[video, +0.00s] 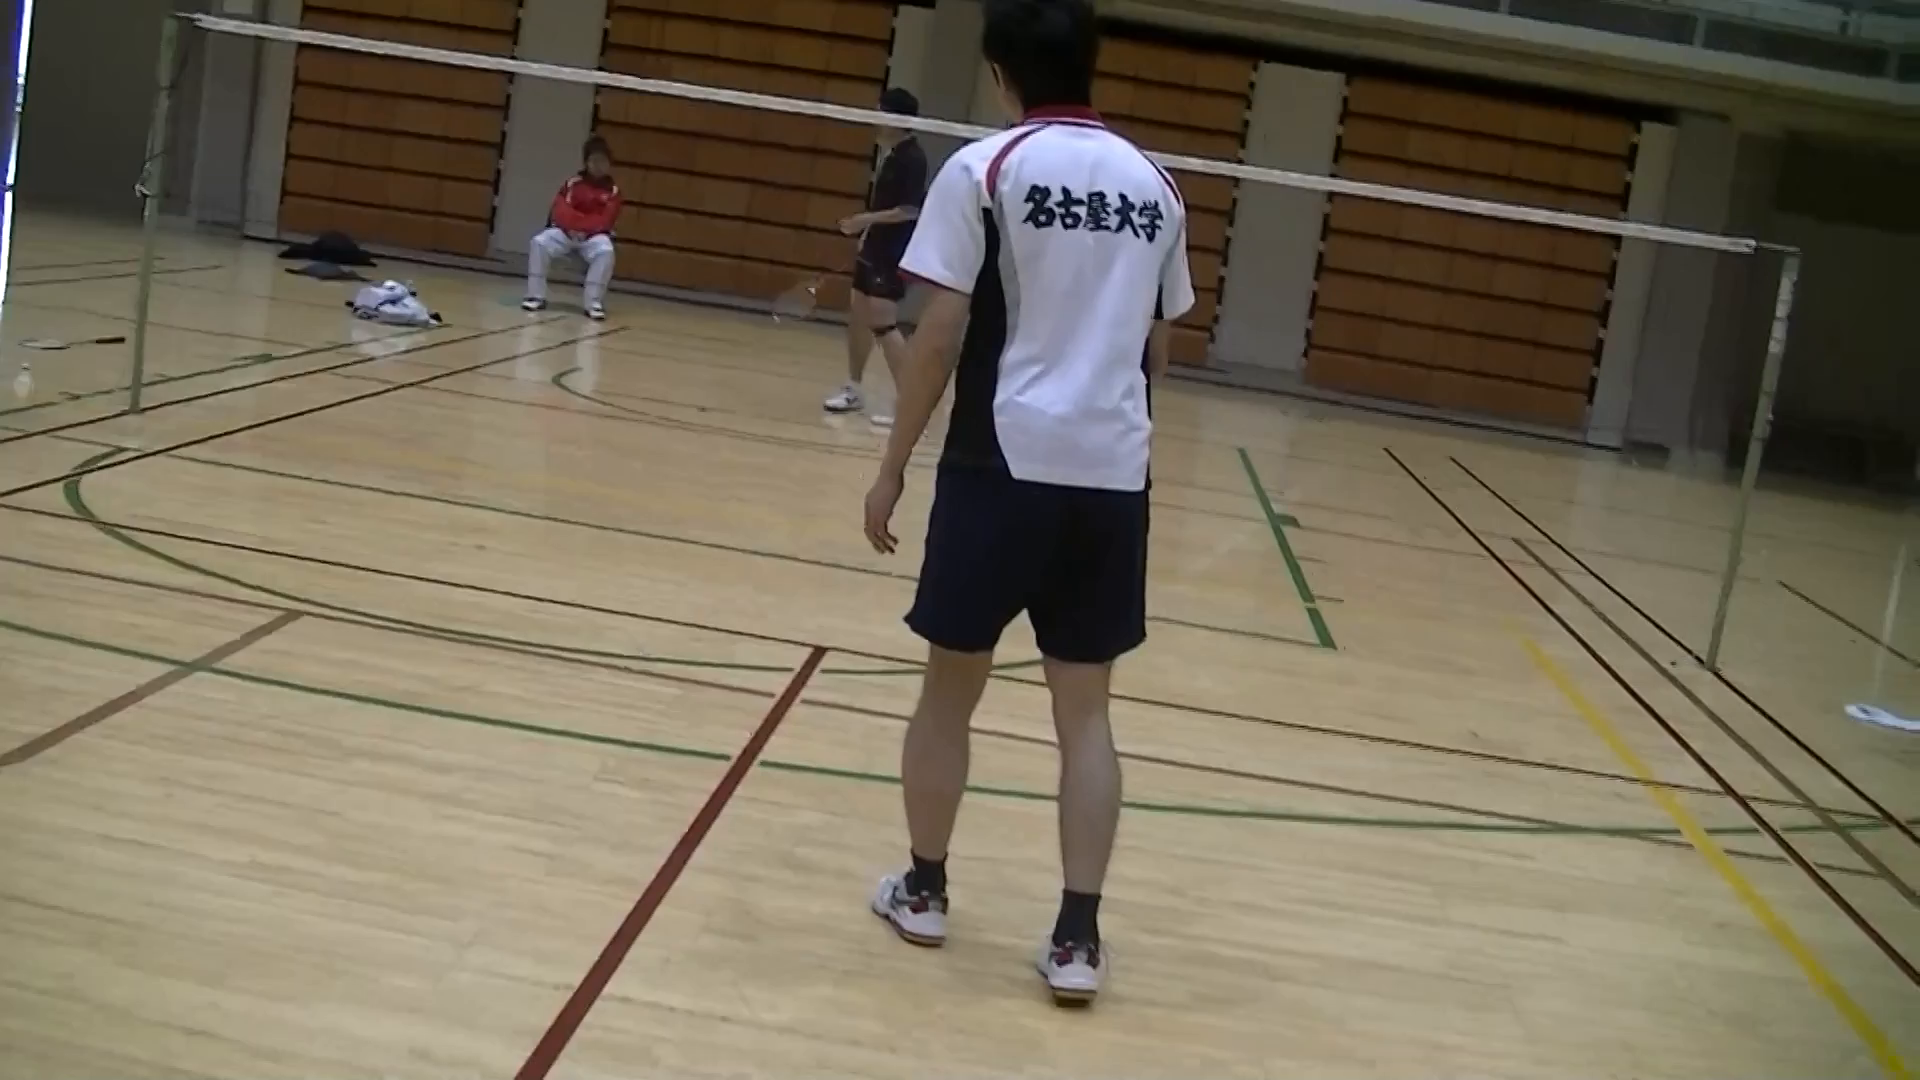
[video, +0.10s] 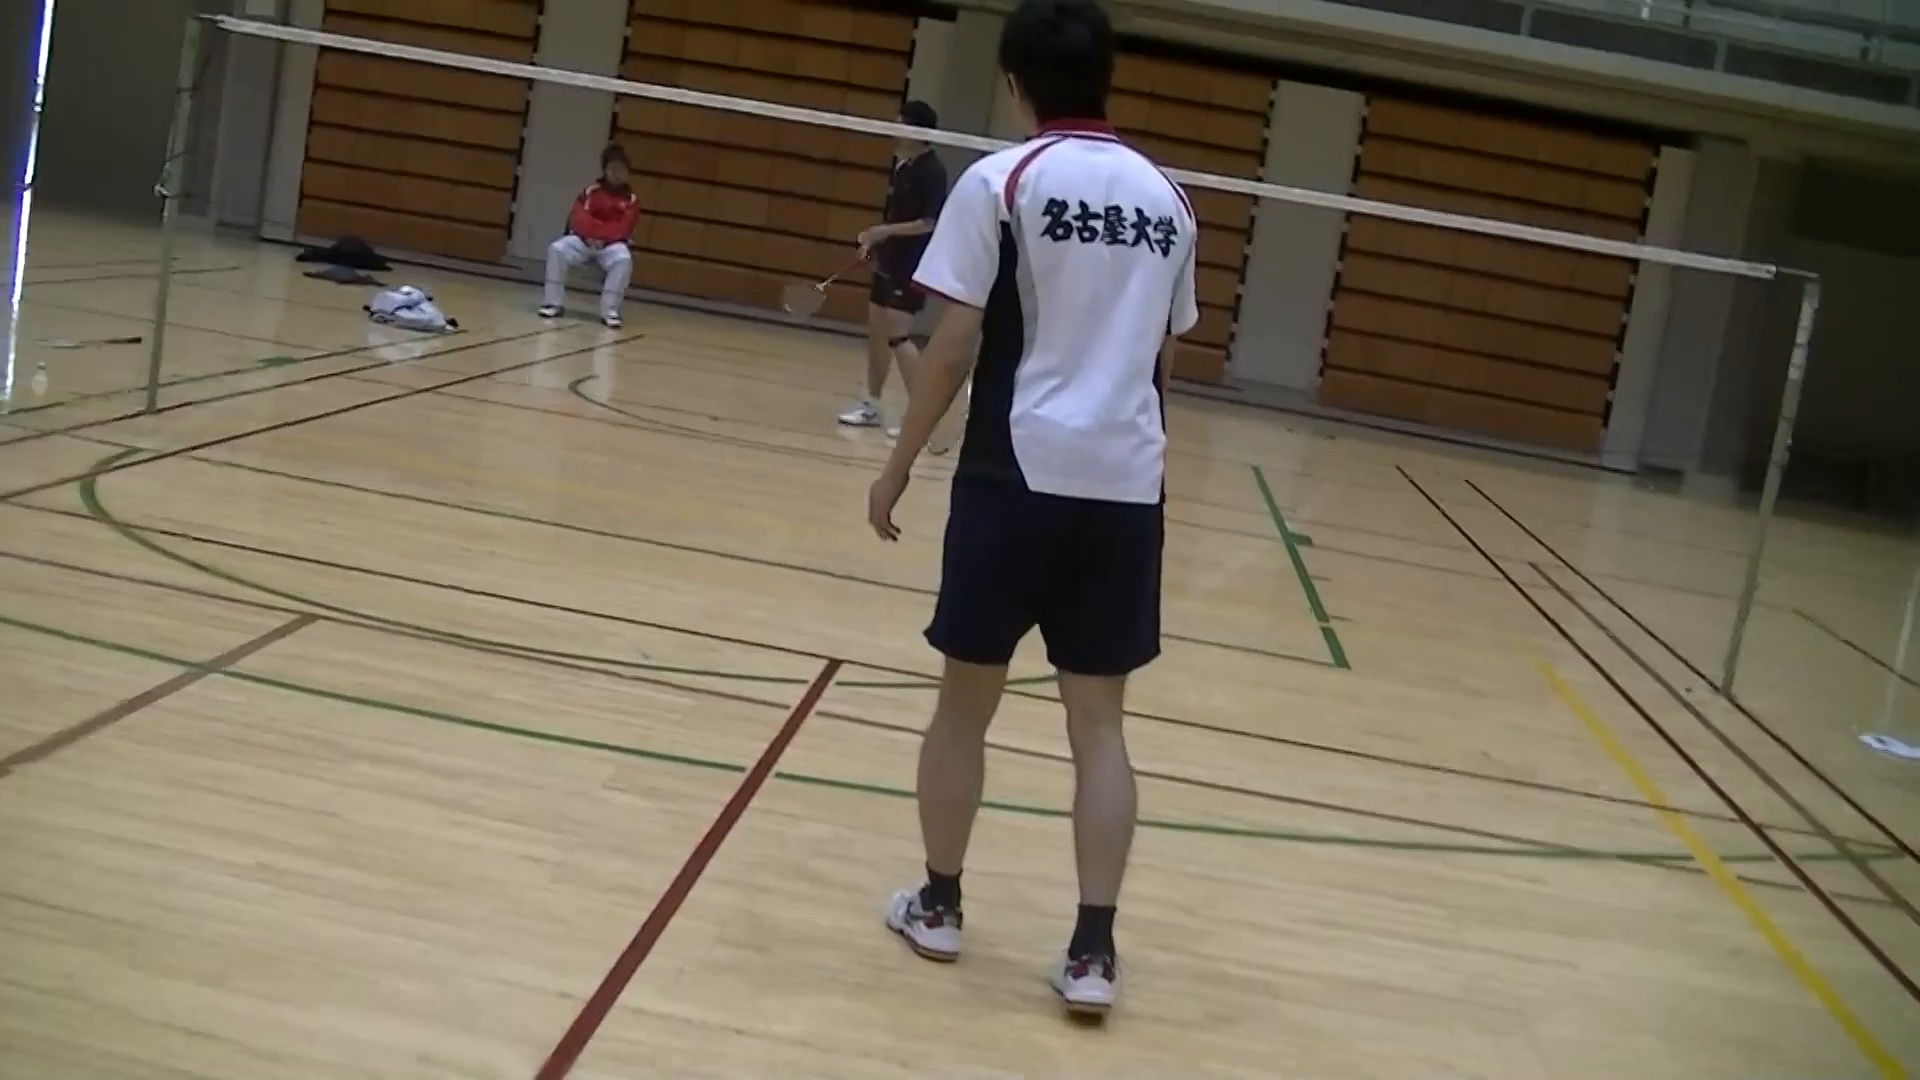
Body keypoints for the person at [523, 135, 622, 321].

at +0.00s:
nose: (598, 166)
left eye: (602, 161)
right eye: (593, 161)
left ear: (609, 163)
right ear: (586, 163)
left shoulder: (612, 191)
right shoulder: (572, 184)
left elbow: (605, 221)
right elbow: (559, 211)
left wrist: (583, 229)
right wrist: (573, 226)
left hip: (594, 234)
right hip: (566, 230)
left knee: (605, 253)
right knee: (539, 243)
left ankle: (594, 302)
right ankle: (536, 296)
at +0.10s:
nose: (616, 174)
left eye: (621, 169)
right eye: (612, 169)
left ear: (627, 171)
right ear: (605, 171)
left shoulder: (630, 199)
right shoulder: (591, 191)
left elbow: (623, 229)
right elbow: (577, 218)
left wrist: (602, 237)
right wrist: (591, 234)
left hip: (612, 242)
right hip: (583, 238)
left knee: (623, 261)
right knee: (557, 250)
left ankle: (611, 310)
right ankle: (553, 303)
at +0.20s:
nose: (641, 186)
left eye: (645, 181)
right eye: (636, 180)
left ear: (652, 183)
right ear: (628, 182)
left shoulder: (654, 212)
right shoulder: (614, 203)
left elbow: (647, 240)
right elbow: (600, 230)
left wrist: (625, 248)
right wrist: (614, 245)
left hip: (635, 254)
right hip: (606, 249)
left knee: (645, 273)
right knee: (580, 261)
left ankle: (633, 322)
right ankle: (575, 314)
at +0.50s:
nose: (642, 232)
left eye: (647, 228)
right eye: (637, 227)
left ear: (653, 230)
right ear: (629, 228)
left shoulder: (655, 258)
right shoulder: (615, 249)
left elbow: (645, 287)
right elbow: (601, 276)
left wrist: (623, 295)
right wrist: (617, 290)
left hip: (634, 301)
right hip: (605, 295)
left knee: (644, 319)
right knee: (579, 305)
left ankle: (630, 368)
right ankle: (573, 359)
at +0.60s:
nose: (616, 226)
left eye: (621, 221)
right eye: (611, 220)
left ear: (627, 224)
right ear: (603, 222)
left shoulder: (629, 252)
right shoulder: (589, 242)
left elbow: (620, 281)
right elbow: (576, 270)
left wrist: (598, 288)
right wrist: (588, 286)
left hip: (608, 294)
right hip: (579, 288)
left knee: (618, 313)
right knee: (552, 299)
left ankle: (602, 362)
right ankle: (545, 352)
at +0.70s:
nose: (580, 209)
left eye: (585, 205)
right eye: (576, 204)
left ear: (592, 208)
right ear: (567, 205)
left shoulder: (593, 236)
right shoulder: (552, 226)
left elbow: (583, 265)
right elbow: (540, 254)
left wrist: (559, 269)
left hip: (571, 277)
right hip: (543, 272)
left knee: (582, 297)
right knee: (516, 282)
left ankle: (565, 346)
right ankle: (508, 336)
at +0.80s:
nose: (561, 191)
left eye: (566, 186)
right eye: (556, 185)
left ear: (572, 189)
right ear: (548, 187)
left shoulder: (573, 218)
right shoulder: (533, 207)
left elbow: (564, 246)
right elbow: (520, 232)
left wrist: (542, 253)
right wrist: (529, 250)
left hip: (551, 259)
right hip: (523, 253)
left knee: (561, 277)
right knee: (496, 262)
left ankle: (545, 327)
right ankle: (488, 316)